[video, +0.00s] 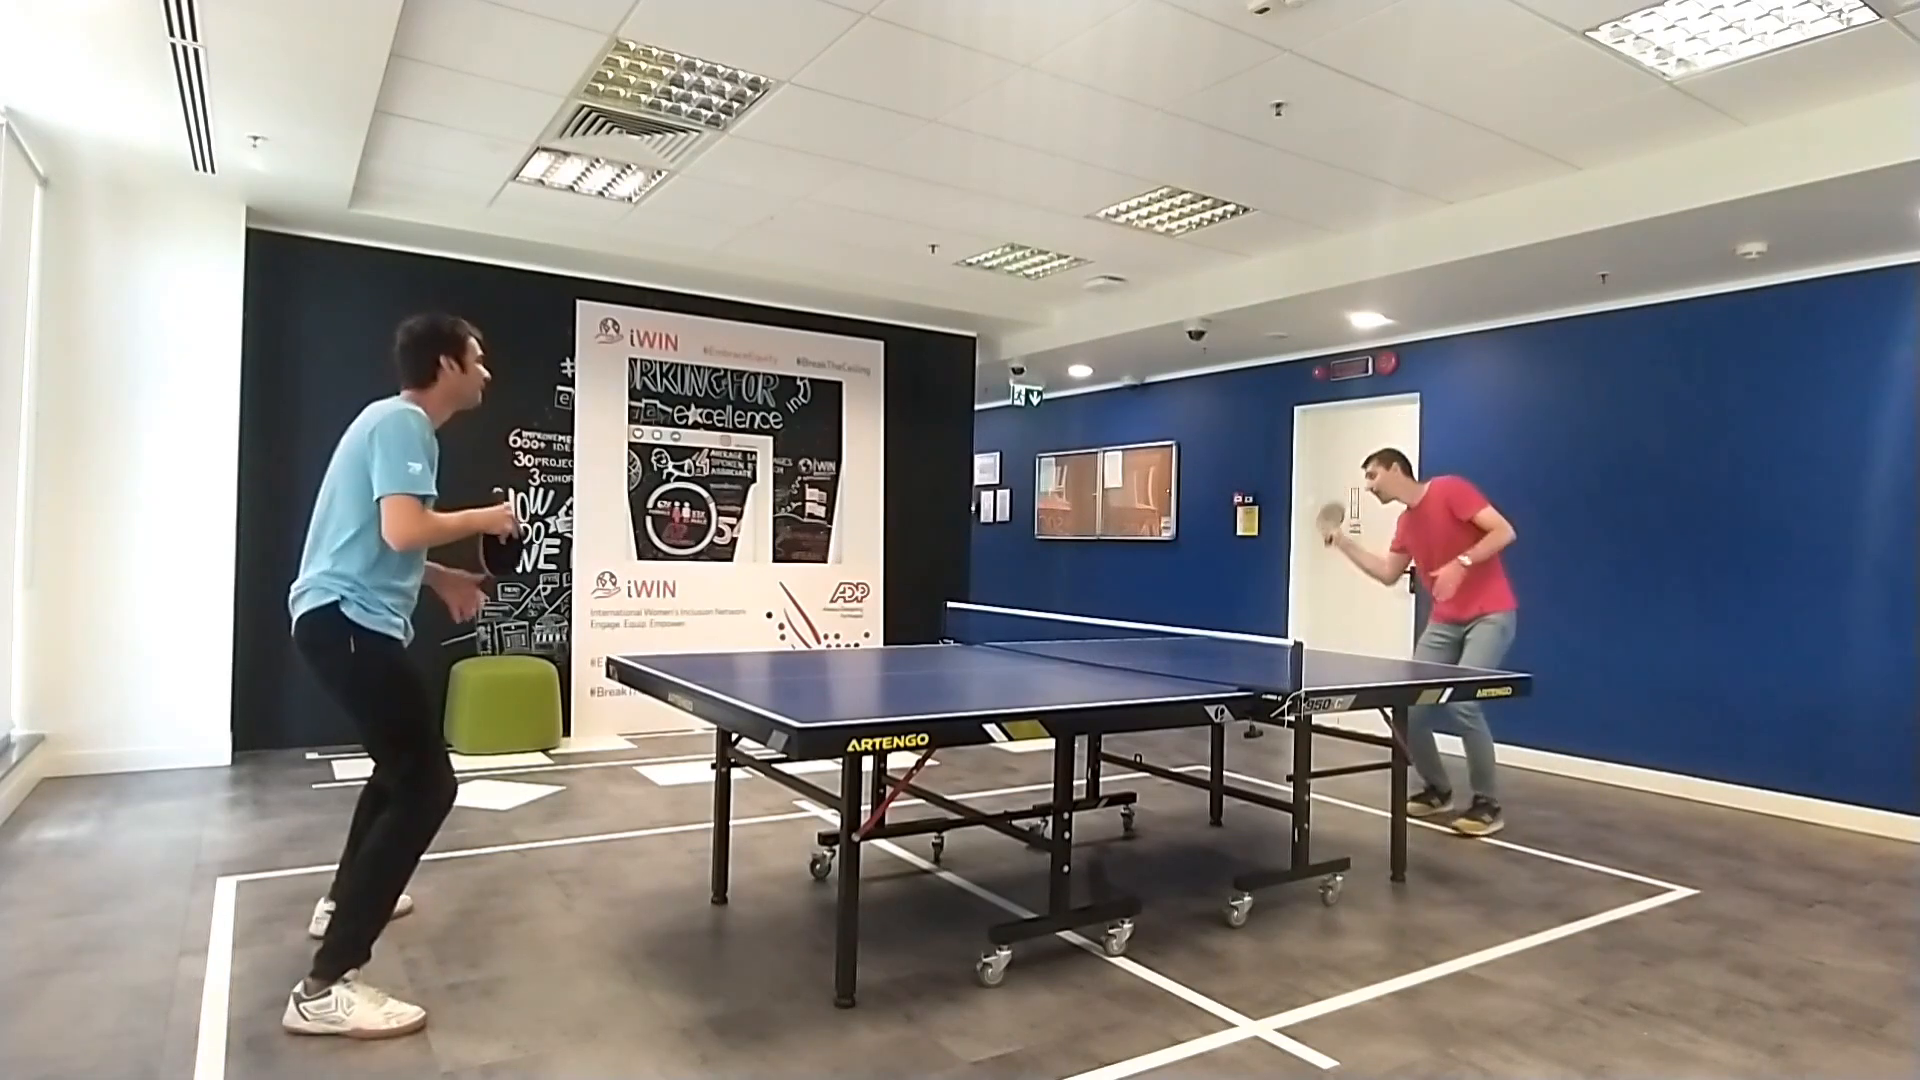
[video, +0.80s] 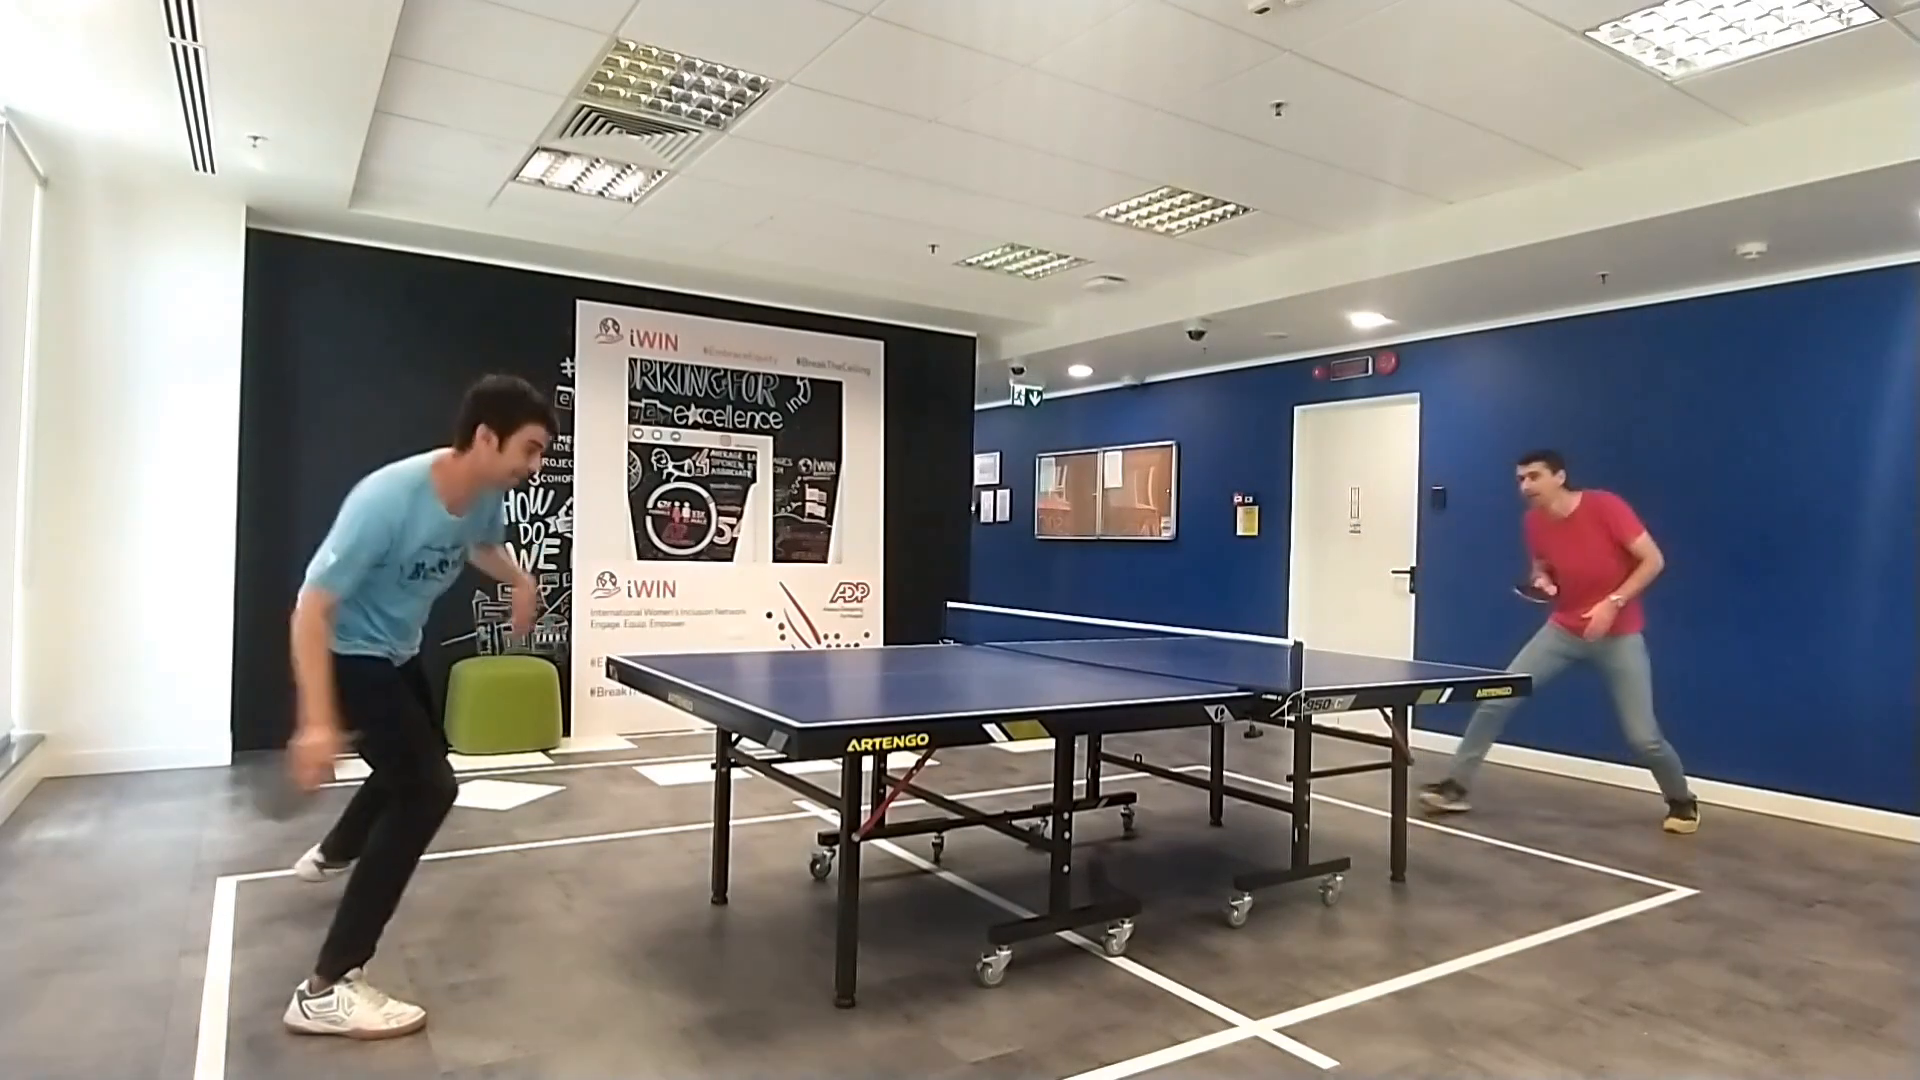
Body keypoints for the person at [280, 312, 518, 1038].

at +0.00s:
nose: (488, 372)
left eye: (484, 361)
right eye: (479, 360)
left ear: (434, 367)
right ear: (446, 365)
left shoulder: (395, 426)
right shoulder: (403, 423)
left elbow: (375, 539)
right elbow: (403, 527)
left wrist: (437, 575)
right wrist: (489, 517)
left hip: (350, 618)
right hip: (348, 619)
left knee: (402, 764)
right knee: (428, 785)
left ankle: (345, 904)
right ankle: (324, 988)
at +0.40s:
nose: (515, 386)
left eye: (516, 373)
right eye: (509, 372)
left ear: (467, 374)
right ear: (470, 372)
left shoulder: (434, 445)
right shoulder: (399, 425)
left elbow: (388, 532)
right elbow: (352, 530)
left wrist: (435, 569)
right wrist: (463, 566)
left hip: (362, 623)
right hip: (330, 621)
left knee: (400, 763)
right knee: (422, 780)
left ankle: (344, 908)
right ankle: (325, 988)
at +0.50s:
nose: (525, 396)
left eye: (528, 383)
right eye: (521, 381)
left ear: (481, 381)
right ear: (479, 376)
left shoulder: (450, 448)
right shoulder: (395, 430)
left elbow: (404, 528)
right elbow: (327, 544)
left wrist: (460, 561)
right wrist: (416, 620)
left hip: (369, 624)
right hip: (327, 622)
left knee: (406, 766)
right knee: (414, 780)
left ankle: (346, 903)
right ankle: (324, 988)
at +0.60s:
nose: (533, 417)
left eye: (537, 403)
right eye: (529, 400)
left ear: (491, 395)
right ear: (486, 390)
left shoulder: (476, 457)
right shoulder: (385, 449)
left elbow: (463, 540)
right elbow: (320, 559)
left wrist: (501, 555)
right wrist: (349, 674)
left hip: (385, 626)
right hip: (330, 624)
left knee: (415, 770)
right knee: (407, 782)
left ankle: (343, 899)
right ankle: (325, 988)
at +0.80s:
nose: (535, 466)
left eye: (541, 453)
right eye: (530, 450)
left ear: (493, 443)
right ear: (485, 439)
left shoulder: (486, 495)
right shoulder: (387, 497)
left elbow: (481, 548)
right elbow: (312, 605)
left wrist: (520, 578)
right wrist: (316, 722)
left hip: (399, 654)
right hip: (346, 655)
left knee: (413, 762)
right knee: (429, 788)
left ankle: (331, 855)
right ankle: (327, 986)